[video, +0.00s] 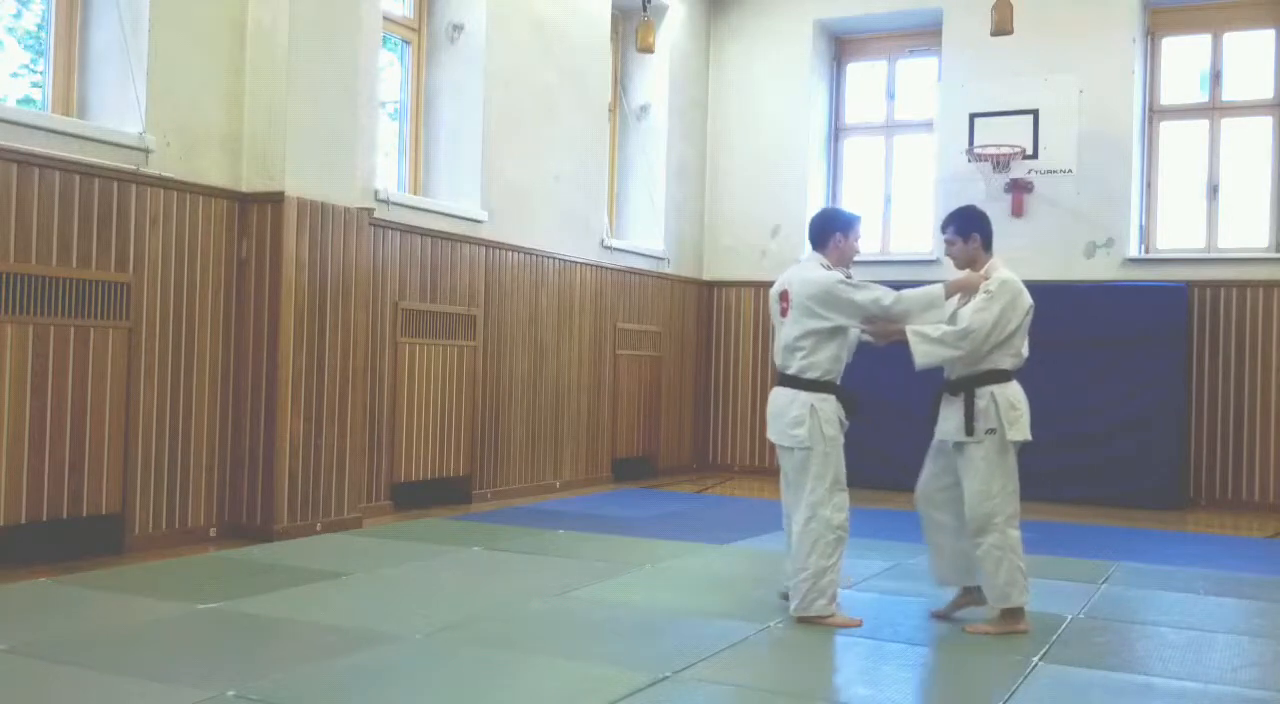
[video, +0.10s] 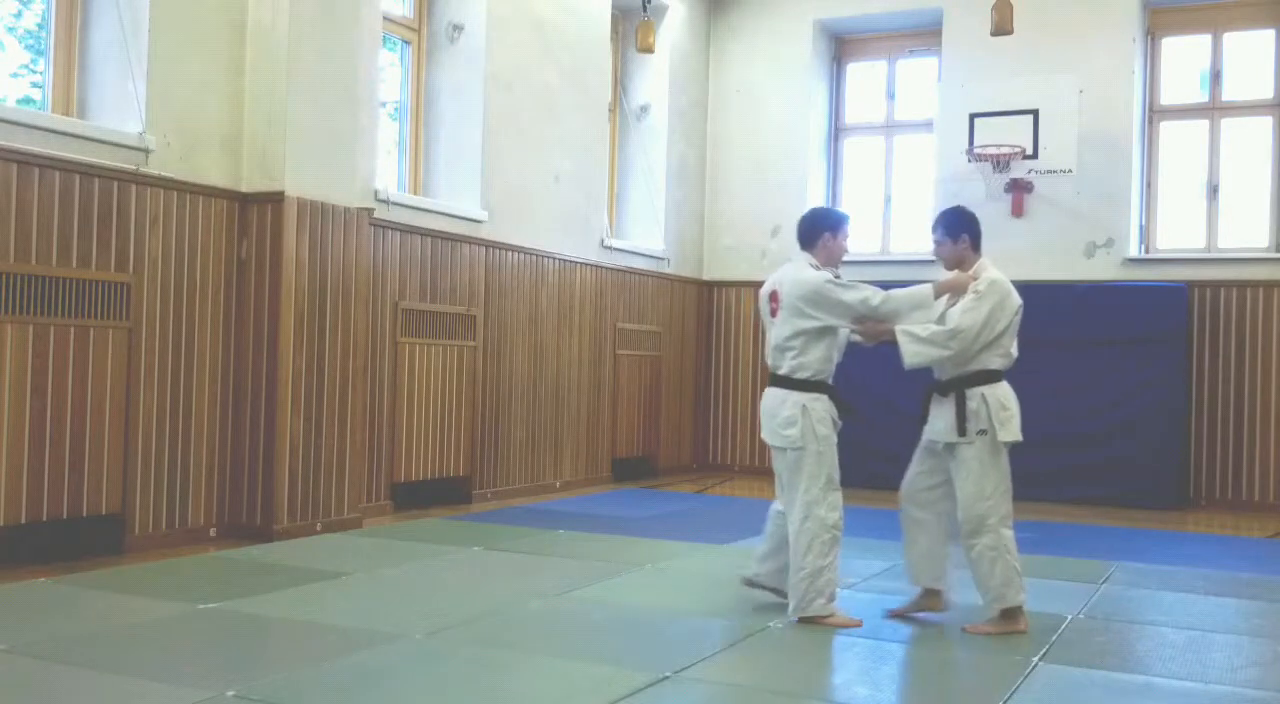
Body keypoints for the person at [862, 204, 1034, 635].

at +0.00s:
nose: (947, 254)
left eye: (951, 244)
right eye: (946, 246)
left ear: (976, 240)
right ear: (972, 243)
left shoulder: (1005, 285)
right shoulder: (970, 287)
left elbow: (968, 335)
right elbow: (949, 328)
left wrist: (903, 334)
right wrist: (896, 328)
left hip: (990, 406)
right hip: (957, 406)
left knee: (991, 510)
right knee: (933, 495)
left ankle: (1012, 611)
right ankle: (969, 588)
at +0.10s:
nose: (935, 252)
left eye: (940, 243)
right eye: (934, 244)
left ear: (965, 241)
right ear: (960, 243)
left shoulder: (993, 286)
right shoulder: (957, 287)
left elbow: (955, 336)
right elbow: (937, 328)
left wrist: (891, 334)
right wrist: (882, 329)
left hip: (980, 407)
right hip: (946, 407)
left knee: (983, 512)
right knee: (918, 495)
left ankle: (1010, 611)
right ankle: (930, 592)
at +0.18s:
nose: (923, 256)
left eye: (927, 247)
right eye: (922, 248)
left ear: (950, 242)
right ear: (945, 244)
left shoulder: (979, 288)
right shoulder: (945, 288)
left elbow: (940, 338)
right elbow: (926, 330)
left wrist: (878, 335)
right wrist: (873, 329)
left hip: (967, 408)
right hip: (933, 408)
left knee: (976, 513)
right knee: (906, 498)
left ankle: (1010, 612)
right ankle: (889, 594)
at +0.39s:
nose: (884, 256)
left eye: (888, 247)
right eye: (883, 248)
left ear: (911, 245)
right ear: (908, 246)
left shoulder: (940, 287)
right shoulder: (904, 289)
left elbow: (901, 338)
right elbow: (877, 328)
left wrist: (839, 340)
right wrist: (826, 334)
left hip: (930, 407)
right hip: (896, 407)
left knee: (948, 511)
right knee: (877, 503)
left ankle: (1003, 601)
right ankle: (853, 600)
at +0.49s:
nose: (865, 253)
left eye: (870, 245)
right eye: (864, 246)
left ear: (892, 242)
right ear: (886, 244)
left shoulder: (919, 286)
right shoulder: (882, 288)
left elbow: (876, 335)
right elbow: (857, 328)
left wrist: (812, 338)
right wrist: (809, 331)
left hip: (908, 404)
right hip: (874, 404)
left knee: (910, 508)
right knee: (858, 499)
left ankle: (981, 584)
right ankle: (853, 595)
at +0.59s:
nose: (849, 251)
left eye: (853, 243)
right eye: (847, 244)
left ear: (875, 240)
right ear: (868, 241)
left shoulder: (899, 284)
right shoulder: (867, 284)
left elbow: (859, 331)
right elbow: (838, 331)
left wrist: (796, 330)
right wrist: (790, 335)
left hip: (888, 400)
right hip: (859, 400)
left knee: (868, 504)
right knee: (844, 500)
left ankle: (938, 573)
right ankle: (852, 595)